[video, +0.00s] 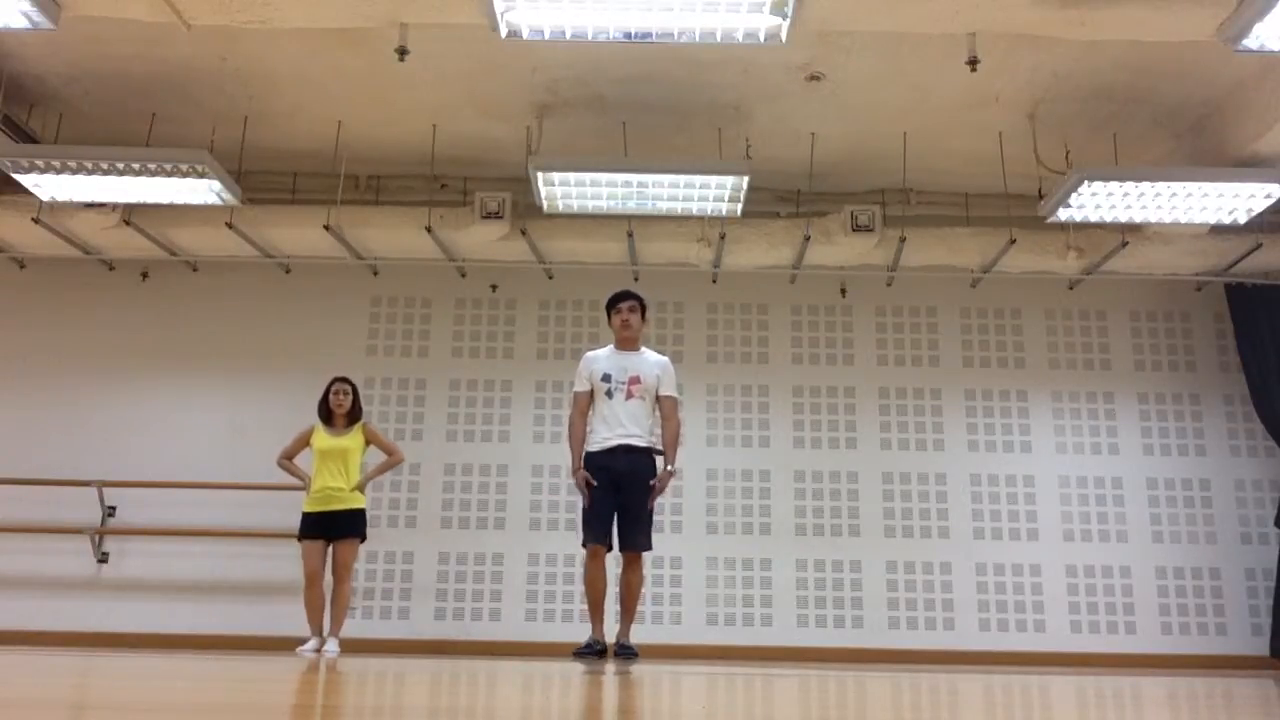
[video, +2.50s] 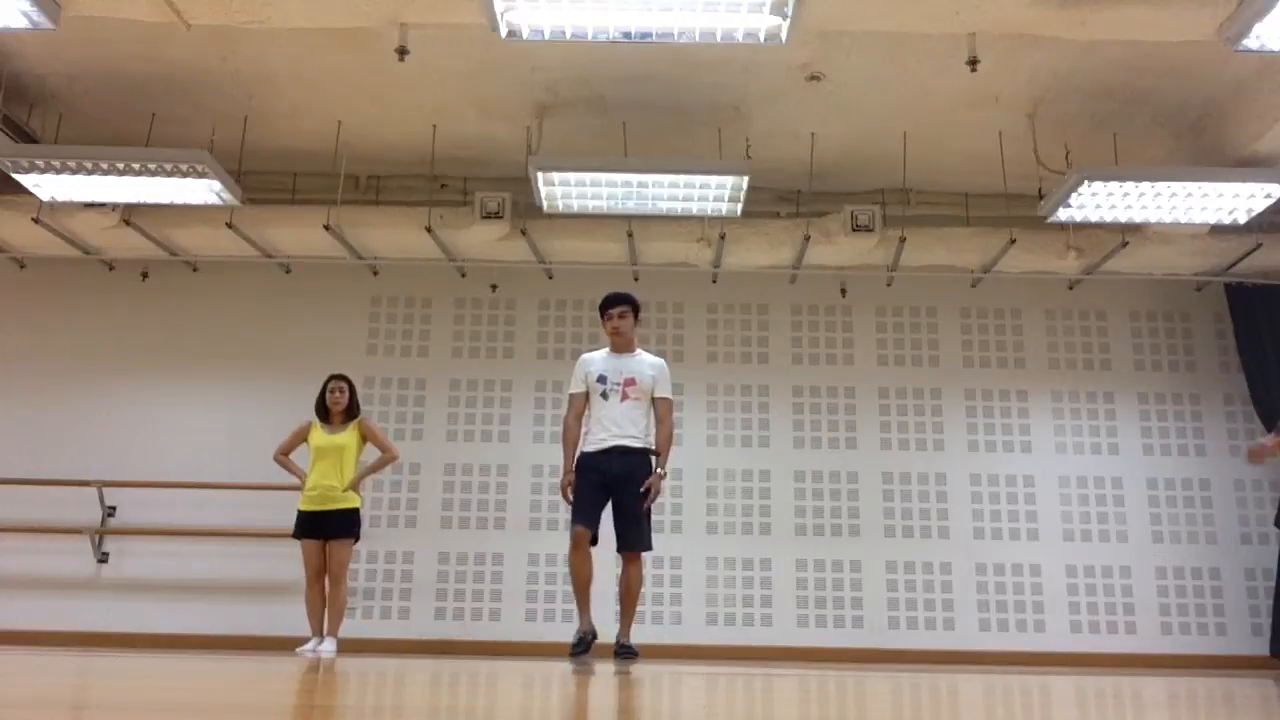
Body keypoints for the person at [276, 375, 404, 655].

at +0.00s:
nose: (340, 398)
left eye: (346, 394)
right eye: (335, 393)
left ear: (353, 400)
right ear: (327, 398)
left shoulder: (363, 430)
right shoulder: (315, 431)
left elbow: (398, 456)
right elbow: (283, 459)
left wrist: (366, 478)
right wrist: (305, 478)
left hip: (349, 507)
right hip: (316, 506)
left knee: (342, 575)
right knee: (312, 575)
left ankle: (333, 637)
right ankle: (316, 636)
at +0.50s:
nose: (337, 396)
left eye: (343, 392)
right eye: (333, 391)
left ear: (351, 398)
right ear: (324, 396)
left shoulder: (359, 428)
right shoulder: (311, 429)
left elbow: (394, 454)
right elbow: (280, 457)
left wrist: (362, 478)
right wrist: (303, 477)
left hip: (344, 506)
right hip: (311, 505)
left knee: (338, 575)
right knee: (313, 575)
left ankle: (333, 638)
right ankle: (315, 637)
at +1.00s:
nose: (341, 396)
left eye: (346, 393)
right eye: (335, 392)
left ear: (352, 399)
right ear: (325, 396)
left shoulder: (358, 428)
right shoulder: (311, 428)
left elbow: (393, 455)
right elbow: (278, 455)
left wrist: (360, 479)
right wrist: (301, 476)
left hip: (342, 506)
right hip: (310, 505)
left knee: (336, 575)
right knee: (312, 575)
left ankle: (333, 638)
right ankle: (315, 637)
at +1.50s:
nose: (338, 397)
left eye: (344, 393)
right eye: (333, 392)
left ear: (351, 399)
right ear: (324, 397)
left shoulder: (358, 428)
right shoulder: (311, 429)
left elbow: (392, 455)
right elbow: (277, 456)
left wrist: (360, 478)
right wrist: (302, 476)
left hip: (343, 508)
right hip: (310, 507)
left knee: (333, 577)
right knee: (312, 577)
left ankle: (332, 637)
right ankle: (316, 637)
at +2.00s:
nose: (337, 396)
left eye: (343, 392)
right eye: (332, 391)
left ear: (351, 397)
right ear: (324, 396)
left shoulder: (360, 426)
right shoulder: (311, 427)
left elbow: (393, 453)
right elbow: (277, 454)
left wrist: (361, 476)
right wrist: (302, 475)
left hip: (344, 507)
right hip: (311, 506)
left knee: (337, 577)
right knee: (313, 576)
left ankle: (332, 637)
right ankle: (316, 636)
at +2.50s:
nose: (336, 395)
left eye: (342, 391)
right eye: (331, 391)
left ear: (350, 397)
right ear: (324, 396)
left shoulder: (360, 426)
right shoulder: (311, 427)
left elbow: (392, 454)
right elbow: (279, 455)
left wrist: (360, 477)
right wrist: (302, 476)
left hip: (343, 506)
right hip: (311, 506)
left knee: (337, 576)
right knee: (313, 577)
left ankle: (331, 637)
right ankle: (315, 636)